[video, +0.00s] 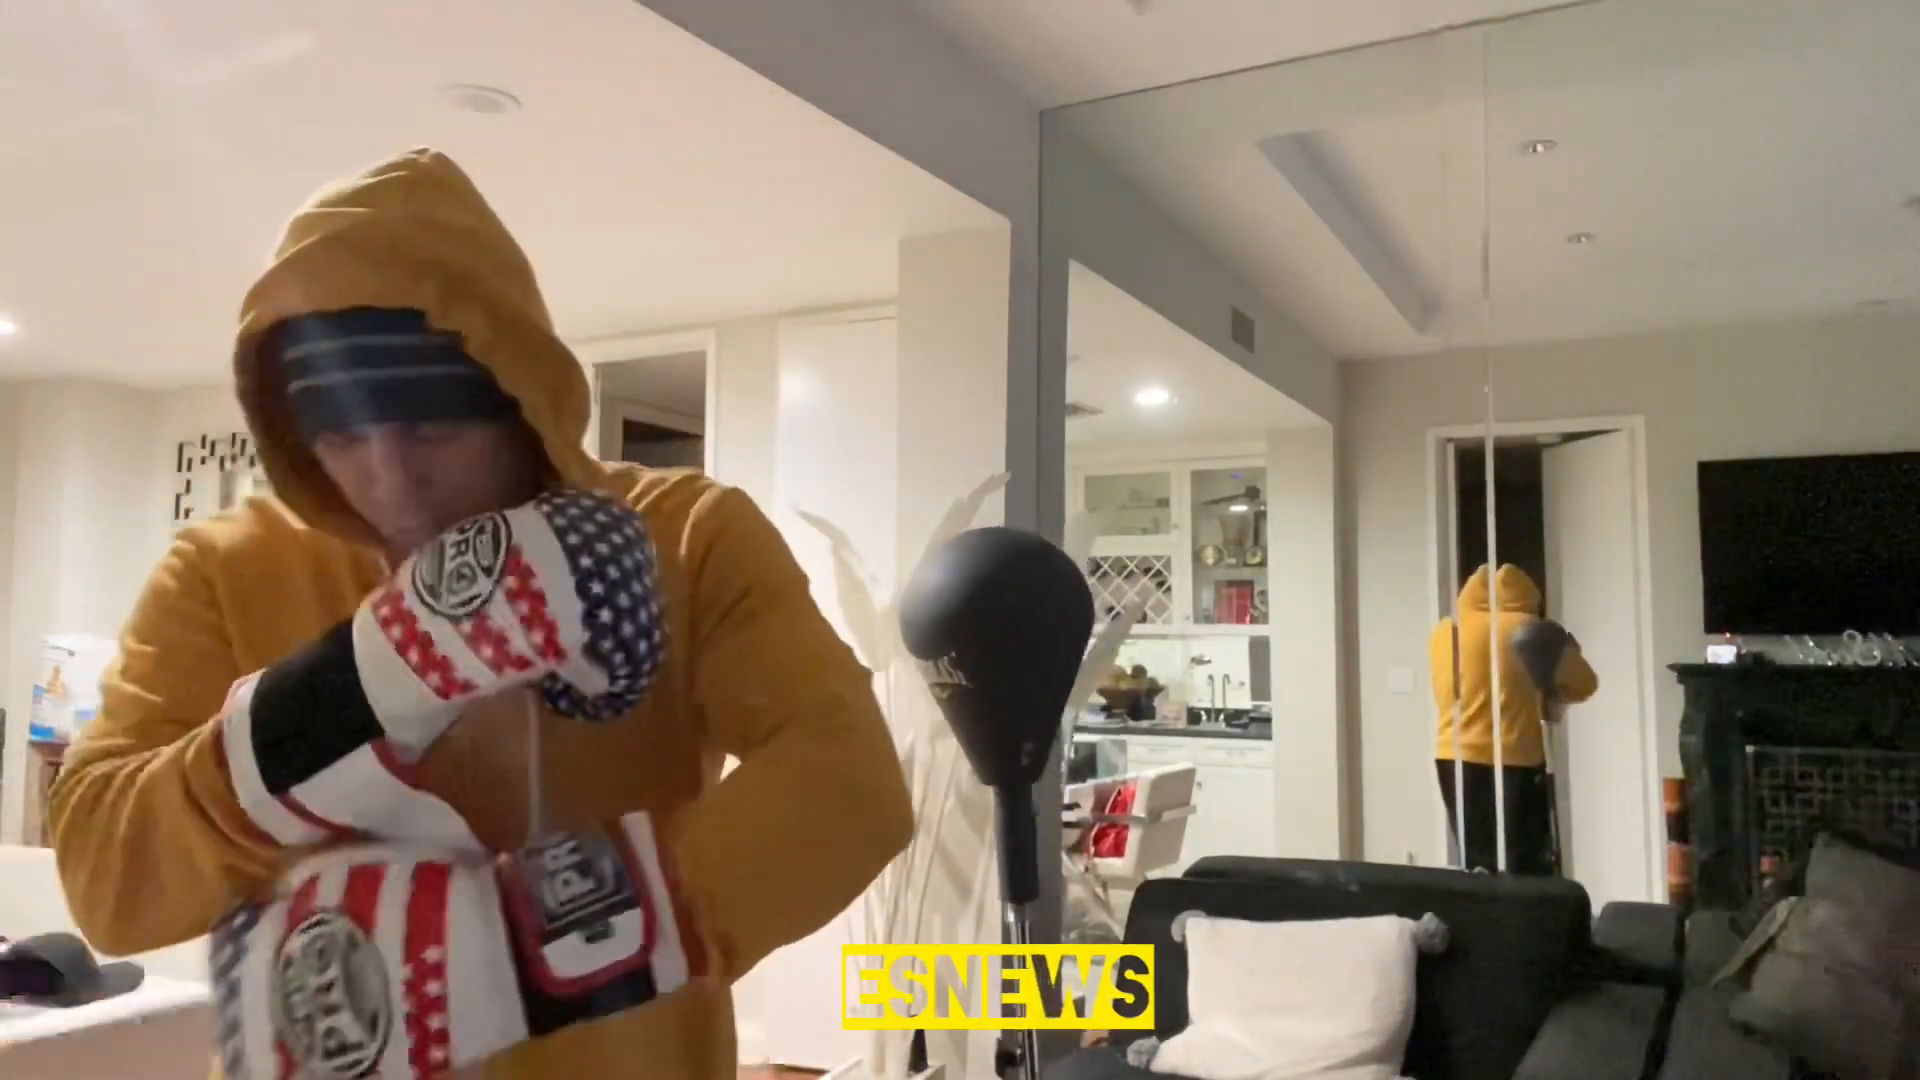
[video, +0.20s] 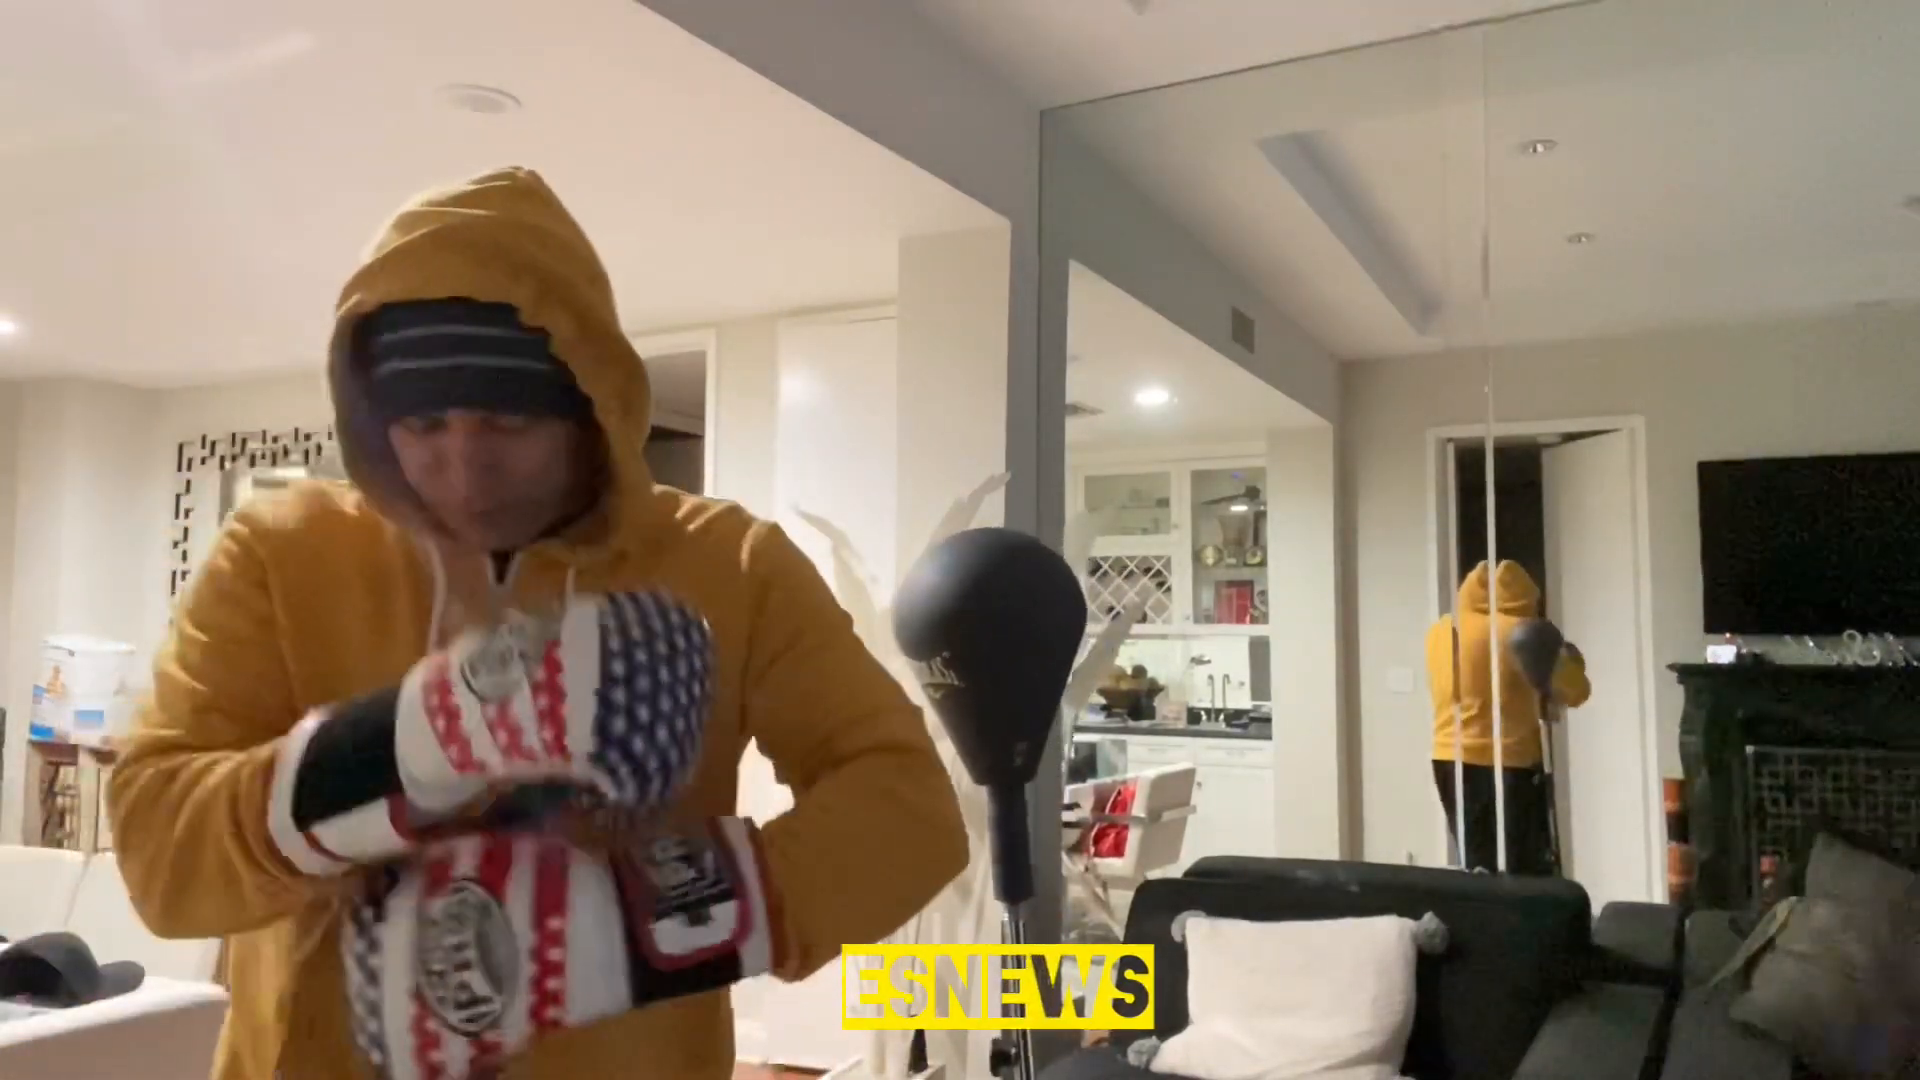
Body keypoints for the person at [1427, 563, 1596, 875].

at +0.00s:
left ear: (1470, 593)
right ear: (1525, 596)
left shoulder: (1445, 633)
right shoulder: (1532, 630)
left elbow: (1446, 691)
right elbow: (1582, 683)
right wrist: (1544, 696)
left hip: (1457, 764)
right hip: (1518, 766)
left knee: (1474, 860)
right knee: (1527, 862)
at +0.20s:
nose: (1535, 606)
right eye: (1530, 599)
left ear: (1470, 592)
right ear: (1521, 595)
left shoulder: (1440, 633)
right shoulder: (1524, 633)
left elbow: (1452, 689)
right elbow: (1574, 692)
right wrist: (1566, 651)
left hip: (1452, 766)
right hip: (1514, 769)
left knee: (1474, 865)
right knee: (1527, 867)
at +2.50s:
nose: (1543, 613)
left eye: (1544, 606)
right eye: (1542, 605)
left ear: (1494, 590)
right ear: (1533, 599)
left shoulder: (1454, 631)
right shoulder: (1526, 632)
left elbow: (1451, 697)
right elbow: (1556, 701)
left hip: (1463, 764)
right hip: (1516, 767)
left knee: (1477, 858)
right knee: (1527, 863)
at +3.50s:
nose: (1542, 600)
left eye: (1541, 593)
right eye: (1539, 591)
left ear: (1481, 585)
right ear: (1527, 591)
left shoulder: (1453, 631)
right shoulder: (1523, 631)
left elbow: (1453, 692)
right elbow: (1552, 693)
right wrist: (1577, 677)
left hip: (1465, 762)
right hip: (1518, 765)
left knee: (1477, 851)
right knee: (1527, 854)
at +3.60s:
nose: (1539, 597)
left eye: (1538, 589)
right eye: (1535, 588)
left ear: (1479, 584)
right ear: (1523, 588)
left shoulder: (1453, 631)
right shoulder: (1521, 632)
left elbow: (1456, 692)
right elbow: (1554, 692)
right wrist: (1582, 678)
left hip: (1465, 763)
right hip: (1517, 767)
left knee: (1478, 858)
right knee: (1527, 861)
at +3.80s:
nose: (1530, 591)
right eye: (1525, 584)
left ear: (1468, 586)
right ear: (1516, 586)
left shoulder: (1450, 633)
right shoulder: (1523, 634)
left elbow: (1455, 696)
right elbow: (1570, 687)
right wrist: (1599, 680)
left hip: (1464, 763)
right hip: (1518, 766)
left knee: (1476, 860)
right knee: (1530, 863)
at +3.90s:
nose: (1529, 592)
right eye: (1525, 585)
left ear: (1466, 587)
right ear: (1515, 587)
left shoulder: (1449, 633)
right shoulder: (1521, 634)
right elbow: (1597, 692)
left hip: (1461, 764)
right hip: (1516, 767)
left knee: (1477, 863)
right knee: (1529, 868)